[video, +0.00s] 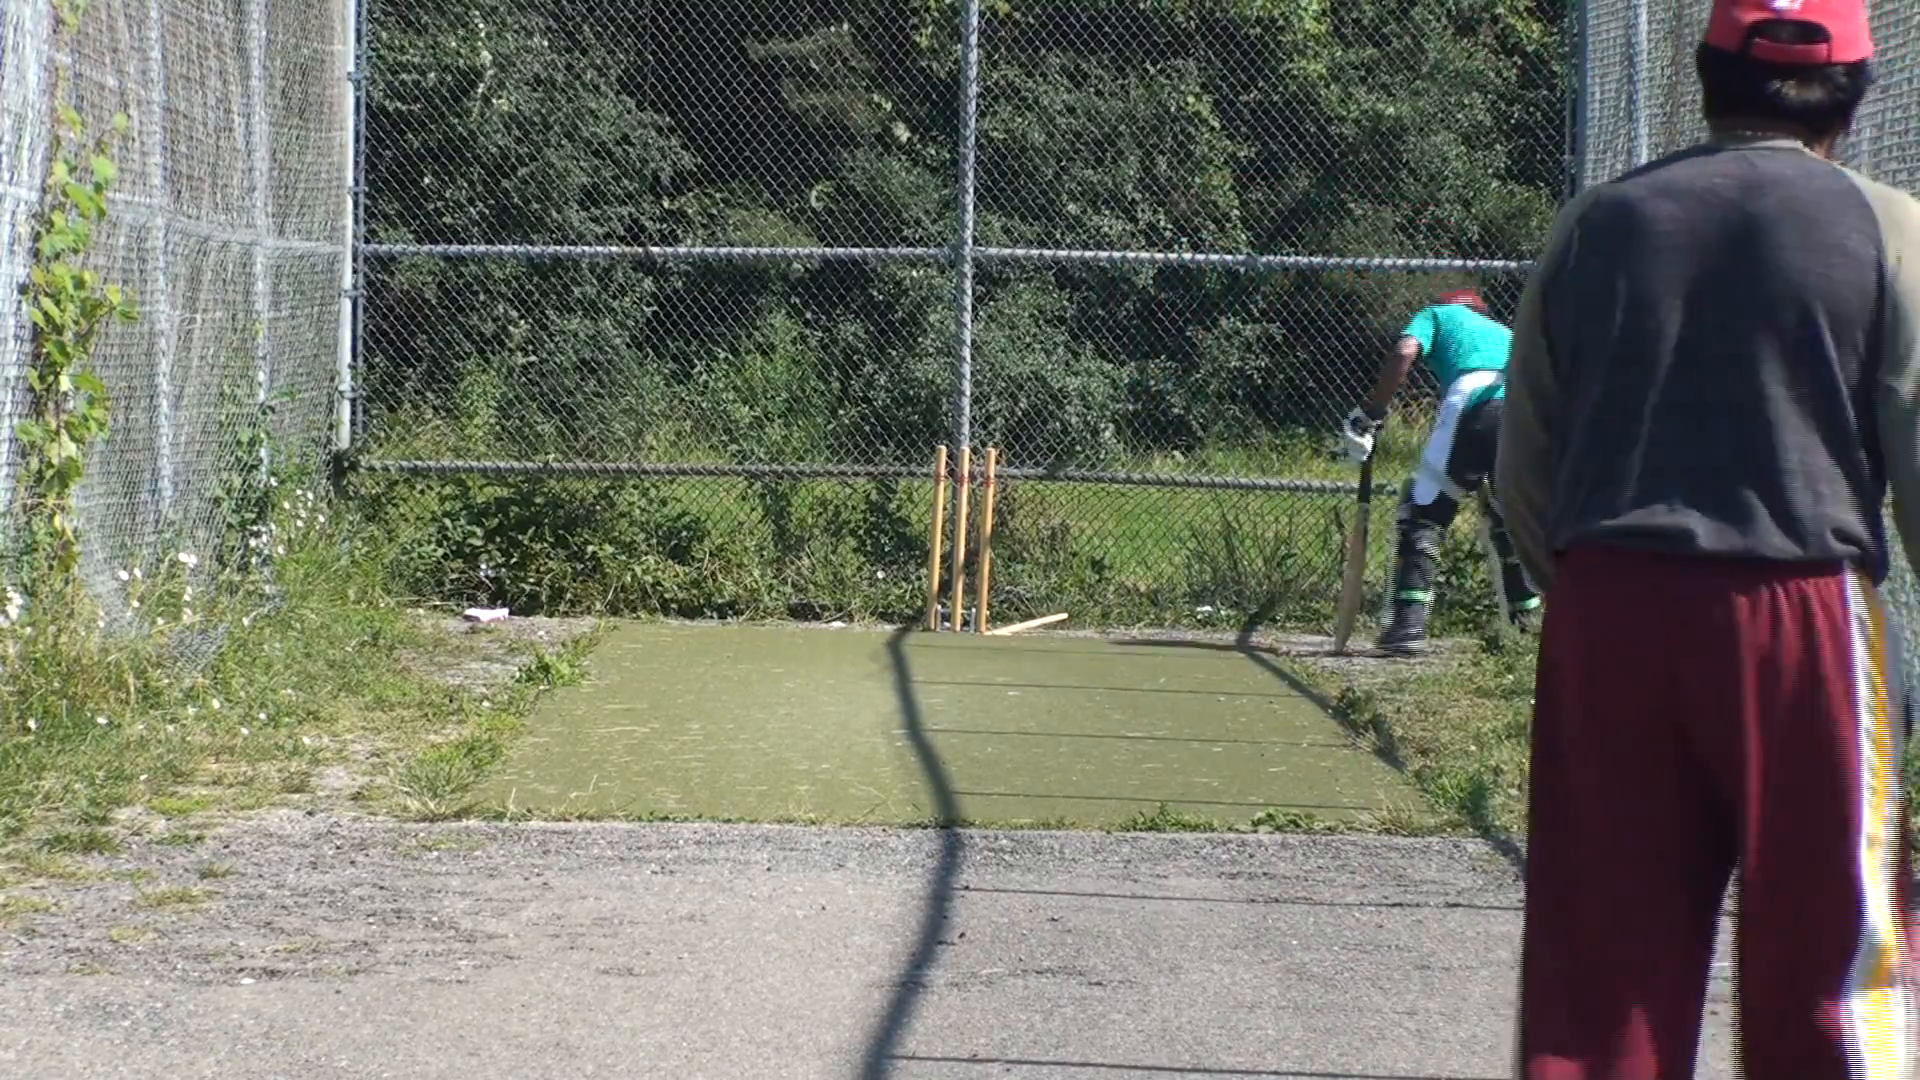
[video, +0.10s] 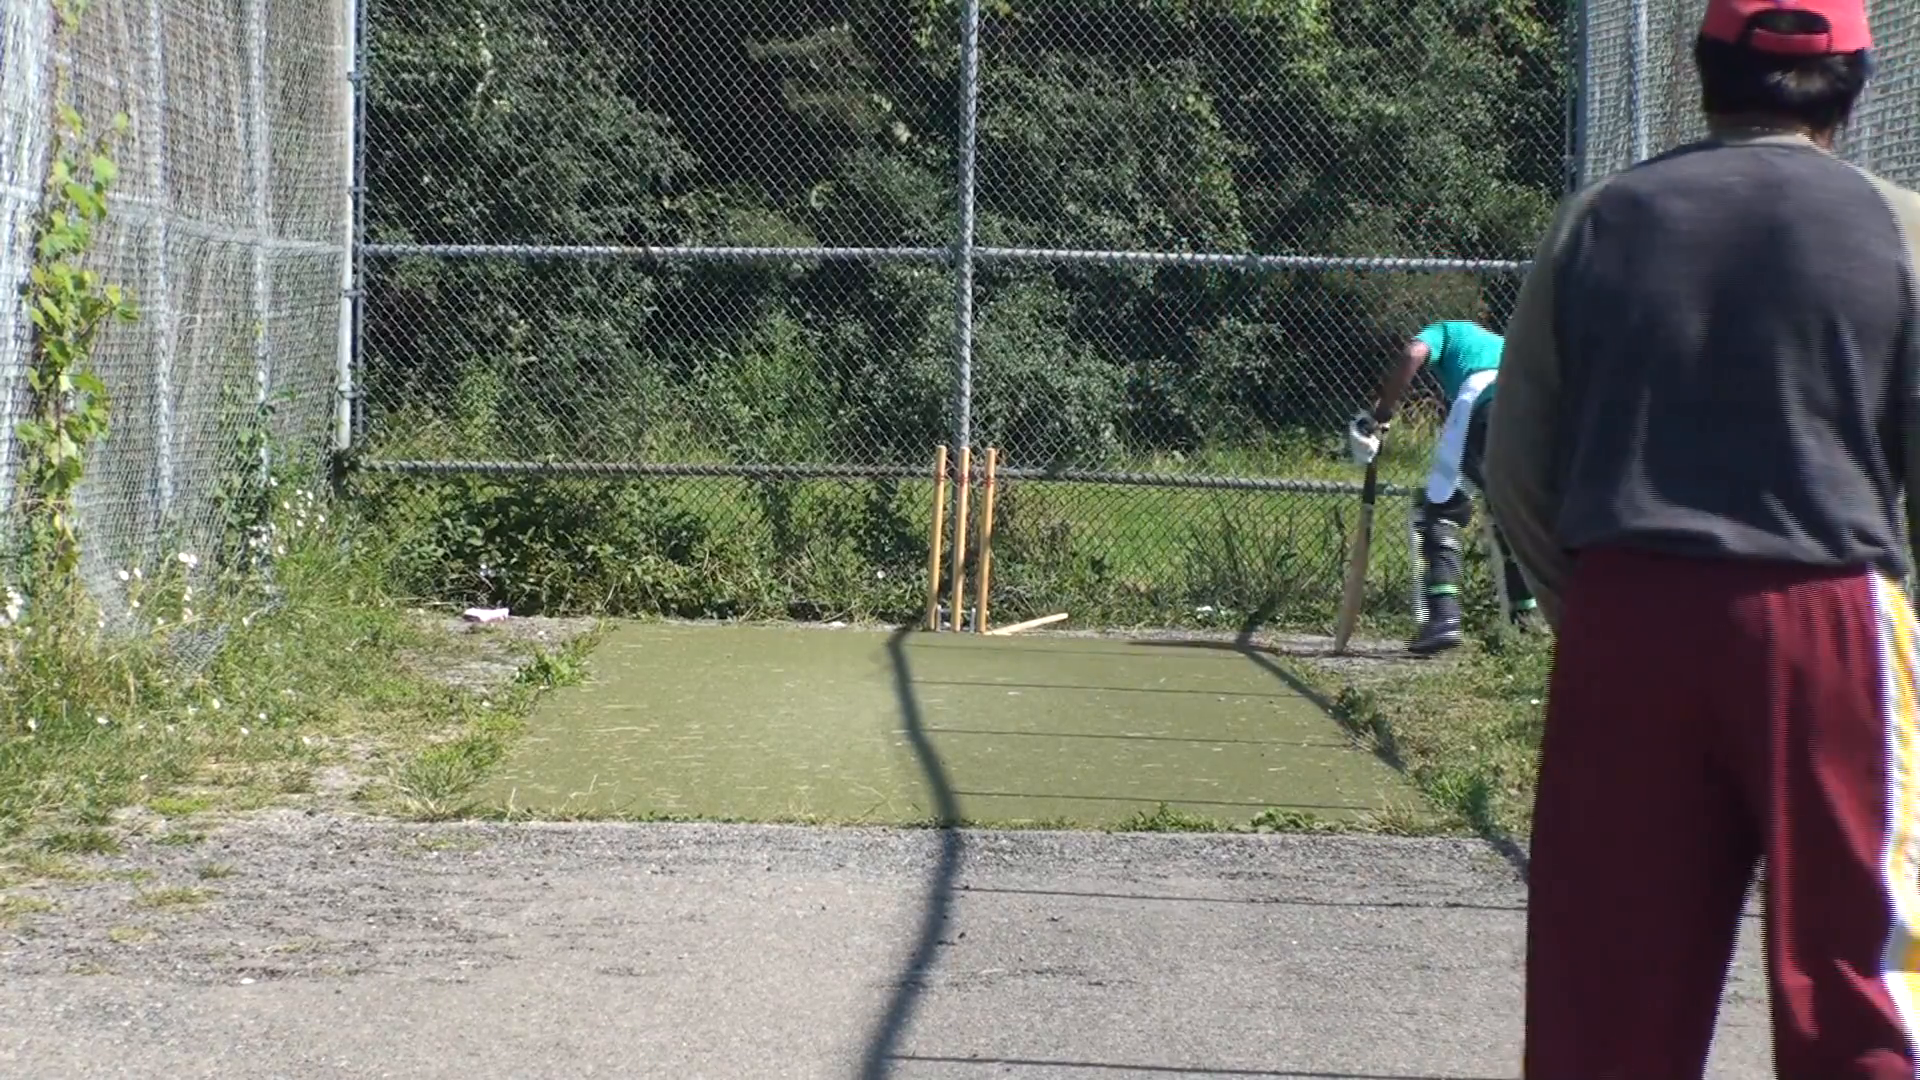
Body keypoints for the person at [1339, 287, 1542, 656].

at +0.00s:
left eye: (1441, 307)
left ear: (1446, 306)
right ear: (1482, 311)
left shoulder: (1435, 313)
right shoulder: (1506, 331)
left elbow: (1405, 354)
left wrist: (1368, 416)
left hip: (1475, 403)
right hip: (1528, 404)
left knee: (1426, 514)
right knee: (1508, 508)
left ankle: (1409, 623)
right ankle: (1527, 611)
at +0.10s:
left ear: (1446, 332)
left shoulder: (1443, 331)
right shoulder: (1503, 342)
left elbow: (1413, 354)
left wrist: (1381, 415)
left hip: (1483, 385)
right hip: (1529, 386)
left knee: (1441, 508)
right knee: (1509, 502)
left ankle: (1444, 617)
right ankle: (1523, 611)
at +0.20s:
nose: (1439, 405)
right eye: (1436, 400)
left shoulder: (1449, 348)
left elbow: (1419, 358)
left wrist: (1384, 416)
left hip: (1496, 402)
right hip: (1539, 400)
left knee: (1461, 509)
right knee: (1515, 505)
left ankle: (1472, 619)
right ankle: (1523, 608)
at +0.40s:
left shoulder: (1455, 381)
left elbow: (1427, 368)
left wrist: (1392, 425)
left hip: (1504, 411)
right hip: (1559, 413)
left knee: (1489, 516)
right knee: (1525, 511)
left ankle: (1498, 617)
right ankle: (1539, 609)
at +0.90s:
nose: (1435, 422)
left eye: (1430, 414)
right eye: (1430, 418)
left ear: (1431, 390)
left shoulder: (1441, 346)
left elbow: (1424, 364)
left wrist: (1391, 426)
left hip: (1498, 398)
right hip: (1543, 399)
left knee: (1468, 508)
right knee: (1523, 510)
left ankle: (1489, 601)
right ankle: (1532, 606)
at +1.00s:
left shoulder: (1439, 328)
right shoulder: (1499, 343)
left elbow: (1424, 362)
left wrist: (1392, 424)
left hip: (1497, 396)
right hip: (1540, 393)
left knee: (1454, 503)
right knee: (1517, 501)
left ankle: (1479, 604)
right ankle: (1528, 606)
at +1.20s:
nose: (1408, 303)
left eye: (1408, 295)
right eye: (1405, 299)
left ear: (1421, 281)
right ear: (1448, 278)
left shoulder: (1427, 294)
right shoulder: (1479, 298)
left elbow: (1416, 360)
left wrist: (1391, 421)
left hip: (1482, 389)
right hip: (1526, 381)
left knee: (1436, 505)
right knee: (1492, 497)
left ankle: (1456, 621)